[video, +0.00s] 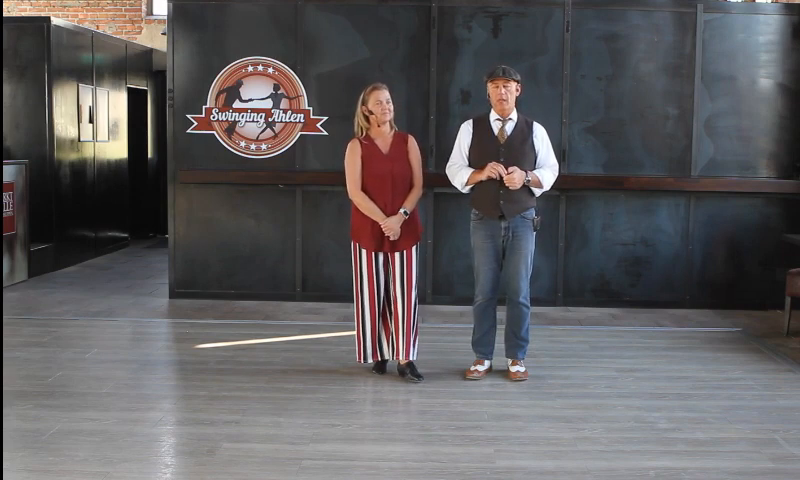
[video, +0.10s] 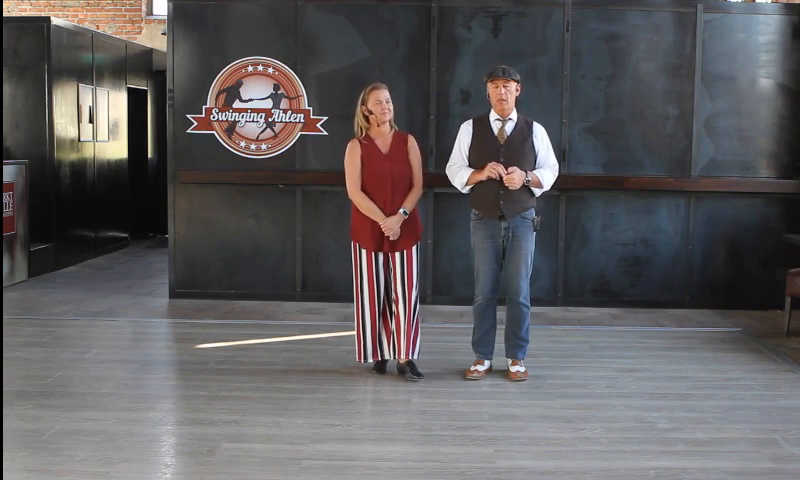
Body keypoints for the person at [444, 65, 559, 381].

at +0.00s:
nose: (502, 93)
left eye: (507, 87)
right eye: (496, 87)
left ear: (517, 90)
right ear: (488, 91)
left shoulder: (534, 130)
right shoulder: (470, 128)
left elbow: (550, 171)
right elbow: (454, 170)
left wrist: (526, 177)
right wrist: (480, 174)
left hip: (522, 221)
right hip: (483, 221)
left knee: (518, 293)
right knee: (484, 292)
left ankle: (516, 359)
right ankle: (482, 358)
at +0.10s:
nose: (502, 93)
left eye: (507, 87)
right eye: (496, 87)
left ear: (517, 90)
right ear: (488, 92)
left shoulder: (534, 130)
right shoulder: (470, 128)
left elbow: (550, 171)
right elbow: (454, 170)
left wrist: (526, 177)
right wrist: (480, 174)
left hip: (522, 220)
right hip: (483, 220)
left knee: (518, 292)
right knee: (484, 292)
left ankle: (516, 359)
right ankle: (482, 358)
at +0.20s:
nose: (501, 92)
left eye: (506, 87)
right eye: (495, 87)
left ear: (516, 90)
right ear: (488, 92)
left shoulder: (534, 130)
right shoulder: (470, 128)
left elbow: (550, 170)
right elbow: (454, 170)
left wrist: (525, 177)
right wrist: (479, 174)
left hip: (522, 221)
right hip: (483, 221)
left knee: (518, 292)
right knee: (484, 292)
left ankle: (516, 359)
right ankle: (482, 358)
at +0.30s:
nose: (500, 91)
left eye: (506, 85)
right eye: (495, 86)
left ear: (516, 90)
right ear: (487, 92)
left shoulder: (534, 130)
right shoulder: (470, 128)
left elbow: (551, 169)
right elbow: (453, 170)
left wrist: (526, 177)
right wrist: (479, 174)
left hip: (522, 220)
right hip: (483, 220)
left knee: (518, 292)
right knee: (484, 292)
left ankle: (516, 359)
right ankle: (482, 358)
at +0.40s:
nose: (500, 90)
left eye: (506, 85)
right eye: (495, 86)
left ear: (516, 90)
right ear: (487, 92)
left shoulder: (534, 130)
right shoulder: (470, 128)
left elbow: (551, 169)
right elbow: (453, 169)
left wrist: (528, 176)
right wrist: (475, 174)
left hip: (521, 221)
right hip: (483, 220)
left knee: (518, 292)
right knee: (484, 292)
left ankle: (516, 359)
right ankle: (482, 358)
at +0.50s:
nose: (500, 90)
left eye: (505, 85)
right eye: (495, 86)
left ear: (516, 90)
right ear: (487, 92)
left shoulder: (534, 130)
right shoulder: (470, 128)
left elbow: (551, 170)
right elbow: (454, 170)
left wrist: (531, 174)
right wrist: (472, 173)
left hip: (521, 220)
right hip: (482, 220)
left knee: (518, 292)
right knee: (484, 292)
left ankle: (516, 359)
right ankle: (482, 358)